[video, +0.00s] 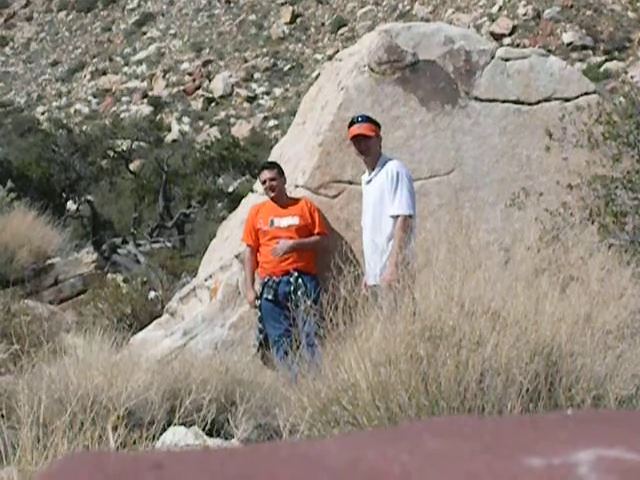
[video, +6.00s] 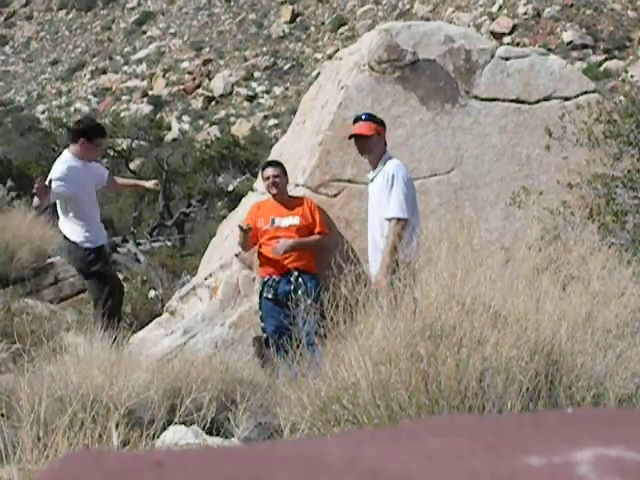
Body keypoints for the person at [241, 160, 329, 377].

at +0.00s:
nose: (269, 185)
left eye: (273, 179)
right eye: (264, 182)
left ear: (283, 179)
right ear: (261, 186)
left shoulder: (305, 206)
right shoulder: (257, 212)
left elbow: (323, 238)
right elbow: (250, 250)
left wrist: (293, 244)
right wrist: (249, 286)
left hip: (303, 279)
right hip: (271, 282)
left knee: (311, 334)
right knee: (279, 341)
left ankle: (316, 381)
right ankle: (292, 386)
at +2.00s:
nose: (269, 183)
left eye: (273, 178)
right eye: (264, 181)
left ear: (283, 178)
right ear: (261, 185)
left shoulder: (305, 205)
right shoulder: (257, 212)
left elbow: (325, 236)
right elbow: (250, 249)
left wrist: (294, 244)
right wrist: (248, 285)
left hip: (303, 277)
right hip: (271, 280)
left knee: (310, 335)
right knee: (279, 339)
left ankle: (316, 382)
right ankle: (291, 386)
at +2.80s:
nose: (268, 185)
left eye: (272, 180)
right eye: (263, 182)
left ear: (282, 179)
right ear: (260, 186)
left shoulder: (305, 205)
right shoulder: (257, 211)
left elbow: (324, 236)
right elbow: (246, 245)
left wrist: (293, 244)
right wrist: (225, 268)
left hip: (303, 278)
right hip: (271, 281)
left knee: (310, 334)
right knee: (278, 339)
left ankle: (315, 381)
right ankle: (291, 385)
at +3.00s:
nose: (267, 185)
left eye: (271, 180)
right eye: (263, 182)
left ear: (282, 180)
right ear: (260, 186)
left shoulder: (304, 204)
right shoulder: (257, 210)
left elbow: (323, 236)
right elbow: (234, 238)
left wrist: (293, 243)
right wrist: (205, 241)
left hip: (302, 277)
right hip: (271, 280)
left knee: (310, 333)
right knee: (278, 339)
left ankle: (316, 380)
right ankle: (292, 385)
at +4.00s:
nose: (270, 185)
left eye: (274, 180)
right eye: (265, 182)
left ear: (284, 180)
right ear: (261, 186)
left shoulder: (304, 205)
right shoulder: (256, 211)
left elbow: (323, 237)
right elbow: (239, 244)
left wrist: (293, 243)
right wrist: (223, 273)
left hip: (303, 277)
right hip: (271, 280)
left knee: (310, 332)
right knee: (279, 338)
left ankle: (315, 379)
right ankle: (290, 382)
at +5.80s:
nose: (272, 181)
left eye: (276, 176)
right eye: (267, 178)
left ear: (285, 178)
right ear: (263, 183)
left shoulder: (306, 205)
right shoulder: (258, 210)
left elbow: (324, 238)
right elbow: (246, 242)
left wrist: (293, 243)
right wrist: (243, 249)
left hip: (304, 278)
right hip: (272, 281)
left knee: (310, 335)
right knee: (278, 338)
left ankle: (315, 381)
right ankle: (288, 384)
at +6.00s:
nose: (272, 181)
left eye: (277, 176)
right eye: (267, 178)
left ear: (286, 179)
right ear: (263, 183)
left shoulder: (306, 205)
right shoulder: (258, 209)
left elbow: (325, 237)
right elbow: (247, 247)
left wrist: (293, 244)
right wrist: (244, 235)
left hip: (304, 276)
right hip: (272, 278)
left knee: (310, 332)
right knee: (276, 335)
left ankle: (317, 378)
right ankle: (288, 380)